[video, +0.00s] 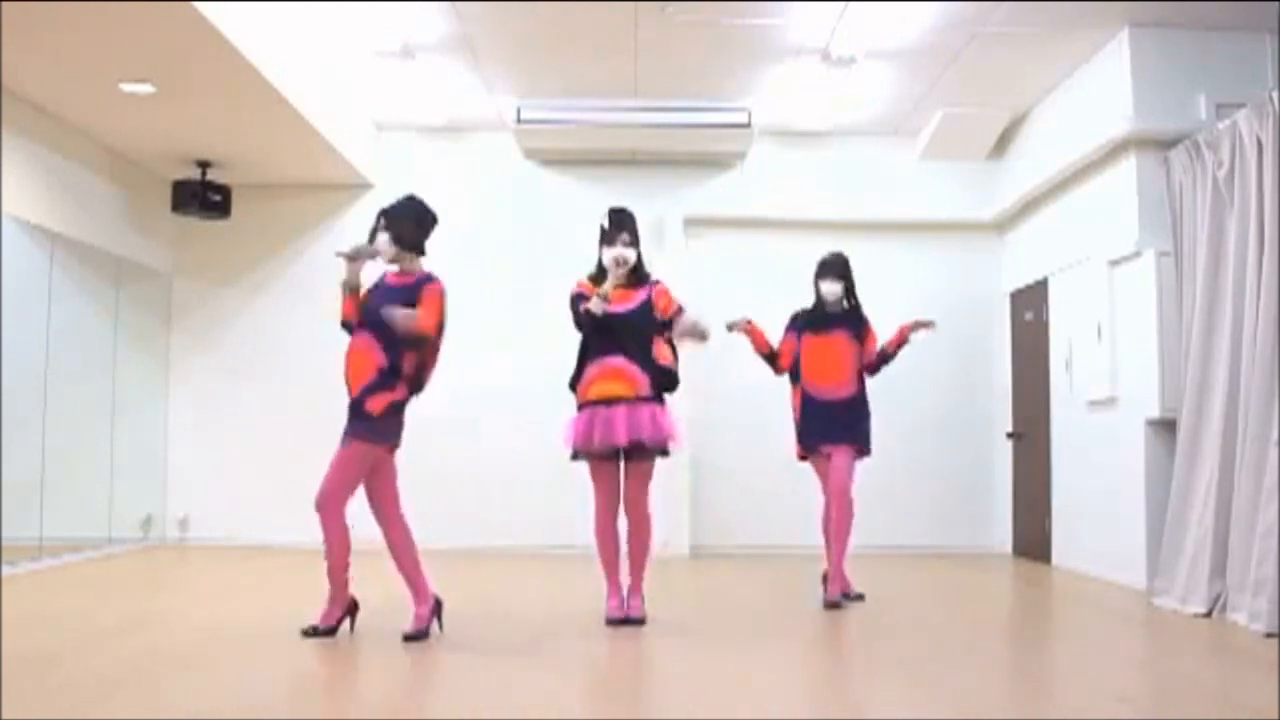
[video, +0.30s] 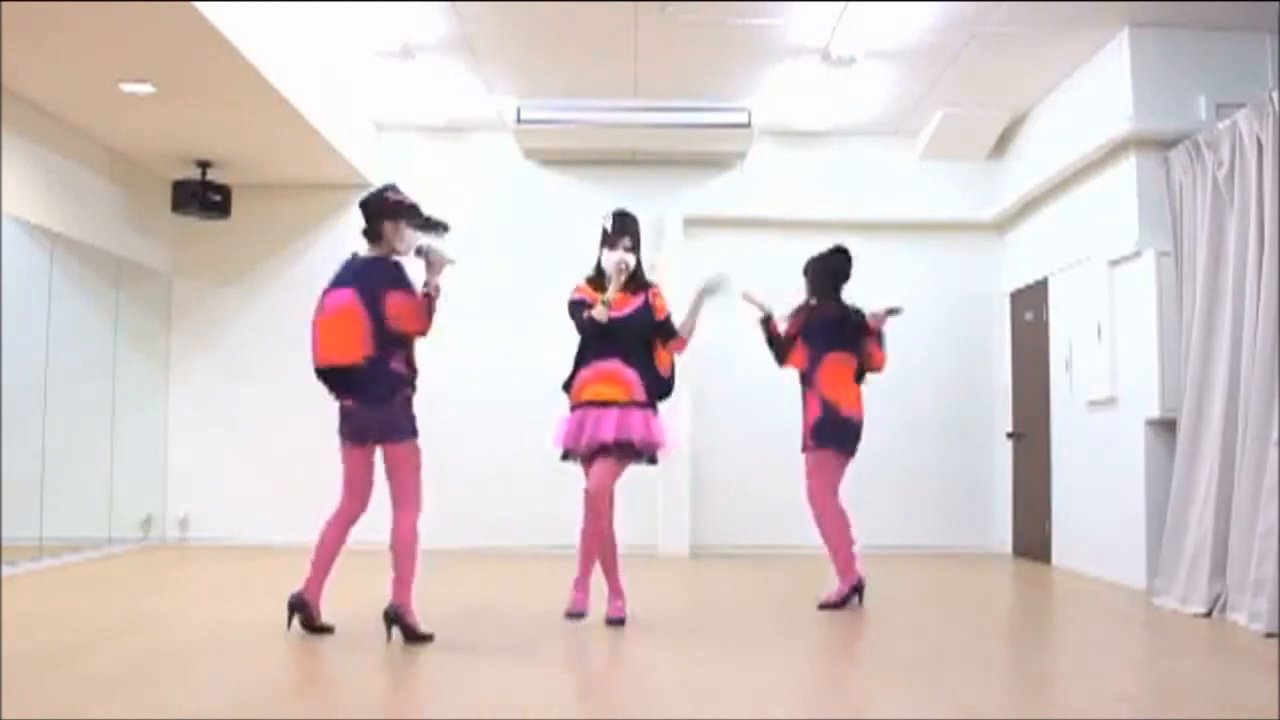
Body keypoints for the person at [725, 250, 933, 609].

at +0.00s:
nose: (830, 288)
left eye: (837, 281)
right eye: (824, 280)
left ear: (847, 284)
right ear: (815, 283)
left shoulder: (856, 322)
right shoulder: (801, 322)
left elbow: (870, 365)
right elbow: (781, 366)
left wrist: (902, 336)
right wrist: (752, 333)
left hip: (848, 413)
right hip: (813, 415)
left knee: (840, 490)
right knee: (831, 494)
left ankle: (835, 575)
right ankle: (836, 574)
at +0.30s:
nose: (806, 284)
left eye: (809, 279)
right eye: (808, 279)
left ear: (814, 280)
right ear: (841, 280)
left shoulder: (808, 316)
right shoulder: (858, 319)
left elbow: (784, 355)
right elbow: (874, 364)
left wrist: (767, 320)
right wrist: (876, 329)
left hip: (822, 410)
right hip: (851, 410)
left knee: (820, 493)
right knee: (827, 493)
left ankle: (847, 576)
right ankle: (849, 573)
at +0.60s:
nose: (845, 281)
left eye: (841, 275)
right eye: (840, 275)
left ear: (815, 281)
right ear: (832, 279)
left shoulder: (816, 313)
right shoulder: (831, 313)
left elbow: (844, 343)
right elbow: (830, 353)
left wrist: (879, 347)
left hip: (807, 413)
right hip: (832, 413)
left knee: (813, 490)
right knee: (840, 491)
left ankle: (773, 564)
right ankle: (824, 575)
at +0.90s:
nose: (845, 289)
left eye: (850, 282)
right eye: (838, 281)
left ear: (857, 286)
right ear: (824, 282)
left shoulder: (852, 325)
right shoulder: (803, 313)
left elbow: (859, 377)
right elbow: (758, 342)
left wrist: (861, 428)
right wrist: (787, 368)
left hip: (830, 415)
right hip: (797, 409)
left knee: (808, 491)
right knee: (815, 487)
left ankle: (778, 566)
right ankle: (818, 571)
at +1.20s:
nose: (836, 290)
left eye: (843, 284)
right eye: (833, 282)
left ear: (851, 288)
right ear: (825, 281)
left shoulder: (859, 321)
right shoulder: (795, 313)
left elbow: (895, 315)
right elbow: (751, 341)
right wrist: (783, 370)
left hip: (834, 411)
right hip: (798, 409)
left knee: (813, 491)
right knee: (811, 491)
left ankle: (801, 569)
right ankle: (817, 573)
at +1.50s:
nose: (829, 288)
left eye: (837, 283)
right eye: (825, 279)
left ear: (845, 289)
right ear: (814, 280)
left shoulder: (858, 318)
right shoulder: (790, 317)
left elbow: (898, 301)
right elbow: (786, 363)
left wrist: (873, 268)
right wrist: (801, 395)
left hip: (834, 415)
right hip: (794, 412)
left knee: (816, 491)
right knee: (809, 486)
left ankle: (802, 570)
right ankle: (802, 572)